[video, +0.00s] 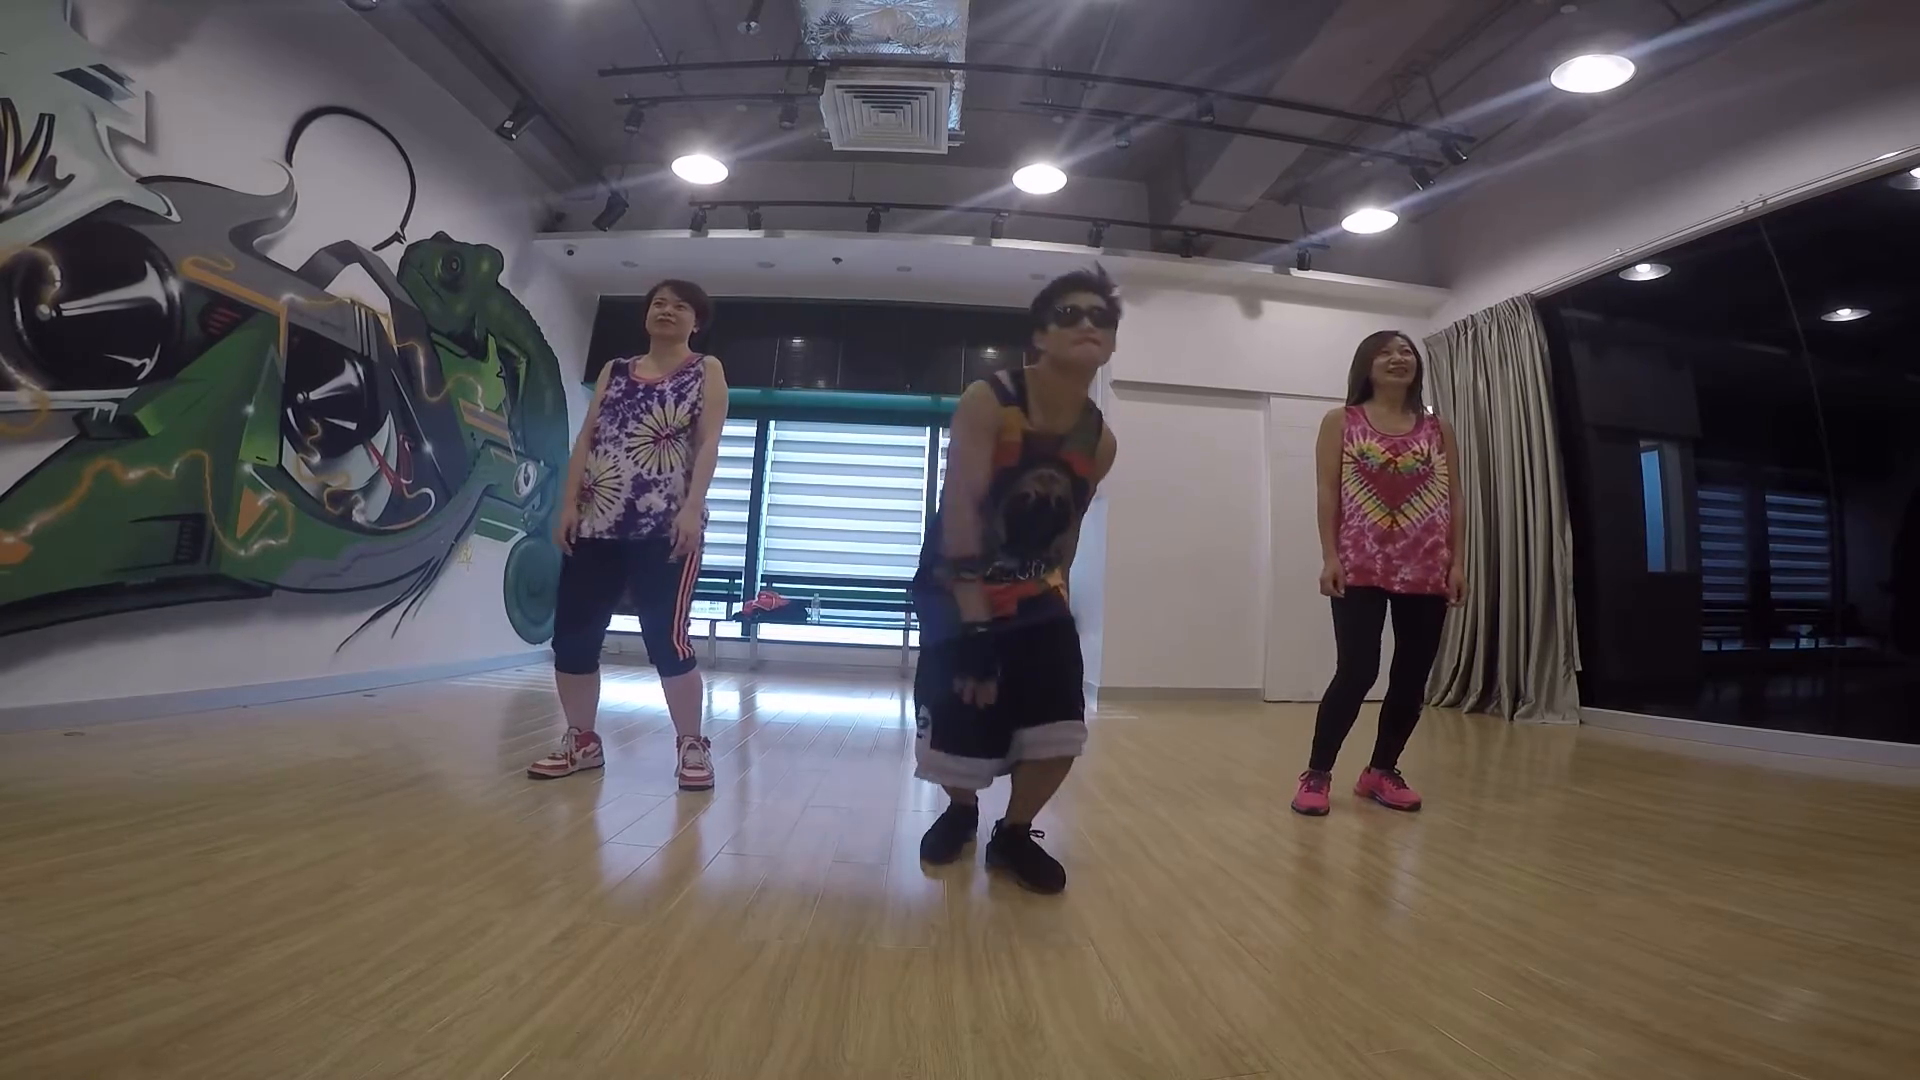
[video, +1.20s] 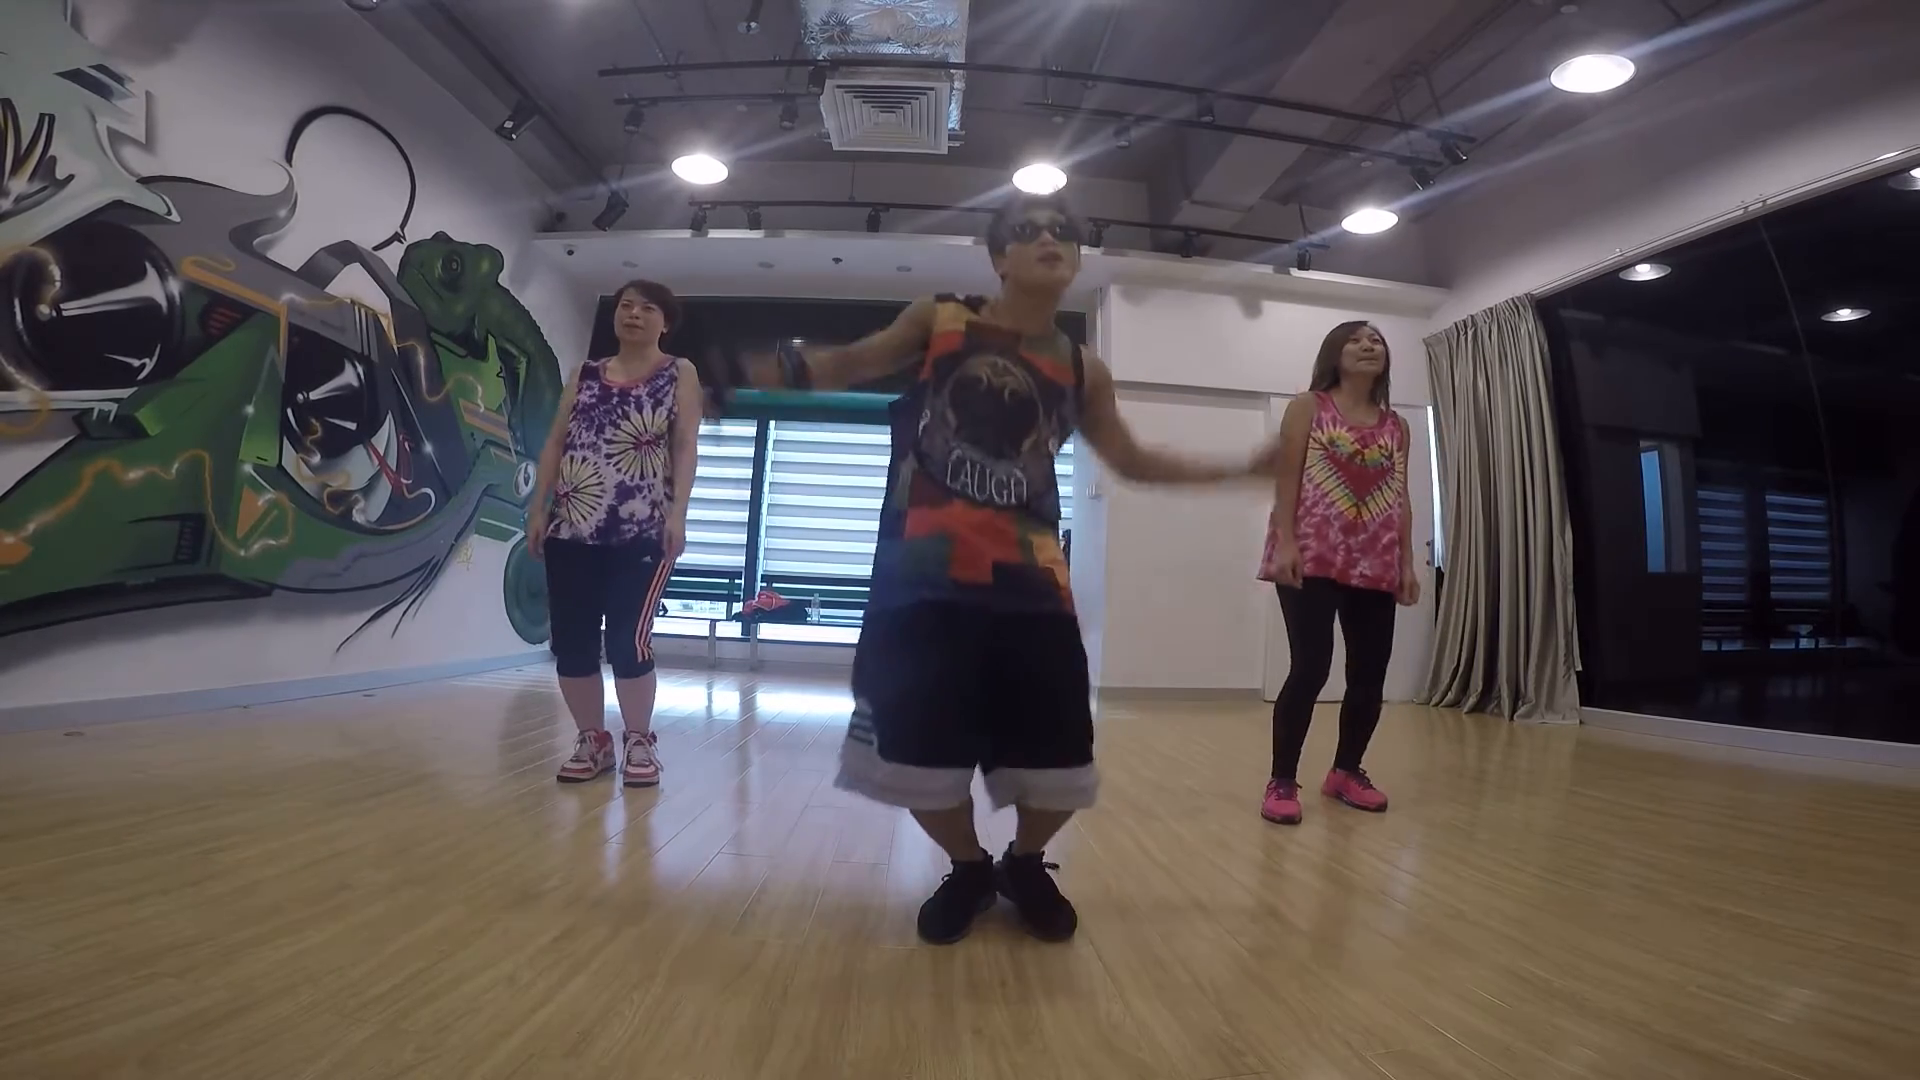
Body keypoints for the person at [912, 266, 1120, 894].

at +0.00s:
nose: (1088, 324)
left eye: (1102, 318)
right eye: (1070, 316)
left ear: (1113, 342)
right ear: (1039, 338)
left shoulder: (1100, 441)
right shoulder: (989, 401)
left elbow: (1066, 536)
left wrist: (1052, 612)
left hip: (1036, 593)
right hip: (960, 587)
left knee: (1060, 730)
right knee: (956, 731)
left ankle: (1013, 835)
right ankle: (963, 807)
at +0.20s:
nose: (1066, 281)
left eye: (1078, 272)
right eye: (1048, 272)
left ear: (1095, 290)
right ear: (1020, 291)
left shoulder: (1111, 395)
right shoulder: (976, 354)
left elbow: (1104, 495)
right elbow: (946, 450)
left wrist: (1079, 572)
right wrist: (978, 531)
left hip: (1056, 563)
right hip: (970, 552)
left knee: (1054, 715)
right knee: (969, 701)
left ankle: (1015, 832)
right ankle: (966, 781)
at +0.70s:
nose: (963, 269)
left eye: (979, 261)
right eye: (946, 260)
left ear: (1000, 285)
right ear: (922, 288)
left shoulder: (1051, 345)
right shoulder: (923, 402)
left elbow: (1115, 453)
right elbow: (923, 515)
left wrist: (1162, 552)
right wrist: (918, 561)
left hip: (1069, 583)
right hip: (971, 586)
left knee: (1070, 741)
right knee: (947, 739)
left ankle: (1019, 826)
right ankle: (973, 865)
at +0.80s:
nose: (984, 251)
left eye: (999, 240)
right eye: (966, 238)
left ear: (1018, 259)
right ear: (939, 259)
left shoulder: (1059, 337)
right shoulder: (913, 368)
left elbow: (1130, 432)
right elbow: (896, 469)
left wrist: (1218, 491)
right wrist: (860, 503)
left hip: (1054, 570)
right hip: (956, 570)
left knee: (1073, 742)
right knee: (937, 744)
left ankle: (1025, 813)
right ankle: (972, 866)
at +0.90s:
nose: (1012, 229)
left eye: (1025, 219)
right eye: (993, 217)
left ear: (1038, 241)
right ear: (959, 236)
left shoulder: (1069, 328)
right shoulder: (913, 334)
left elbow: (1158, 406)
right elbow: (858, 413)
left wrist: (1273, 442)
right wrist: (810, 431)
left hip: (1047, 561)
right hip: (942, 565)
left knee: (1086, 732)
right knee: (930, 744)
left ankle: (1028, 807)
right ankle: (970, 866)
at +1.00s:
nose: (1027, 232)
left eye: (1041, 220)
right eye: (1009, 217)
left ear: (1053, 237)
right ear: (974, 228)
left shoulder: (1073, 331)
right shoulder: (915, 317)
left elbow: (1166, 398)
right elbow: (831, 369)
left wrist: (1275, 419)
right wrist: (755, 373)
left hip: (1044, 558)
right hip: (938, 560)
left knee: (1089, 723)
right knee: (924, 739)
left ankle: (1026, 821)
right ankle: (966, 867)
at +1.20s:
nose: (1049, 244)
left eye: (1062, 235)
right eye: (1029, 234)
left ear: (1077, 262)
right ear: (996, 257)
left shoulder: (1081, 367)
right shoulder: (939, 321)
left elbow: (1135, 462)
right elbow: (844, 361)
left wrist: (1246, 466)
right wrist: (763, 369)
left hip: (1031, 586)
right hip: (925, 580)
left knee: (1060, 767)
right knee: (913, 761)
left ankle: (1025, 864)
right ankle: (969, 867)